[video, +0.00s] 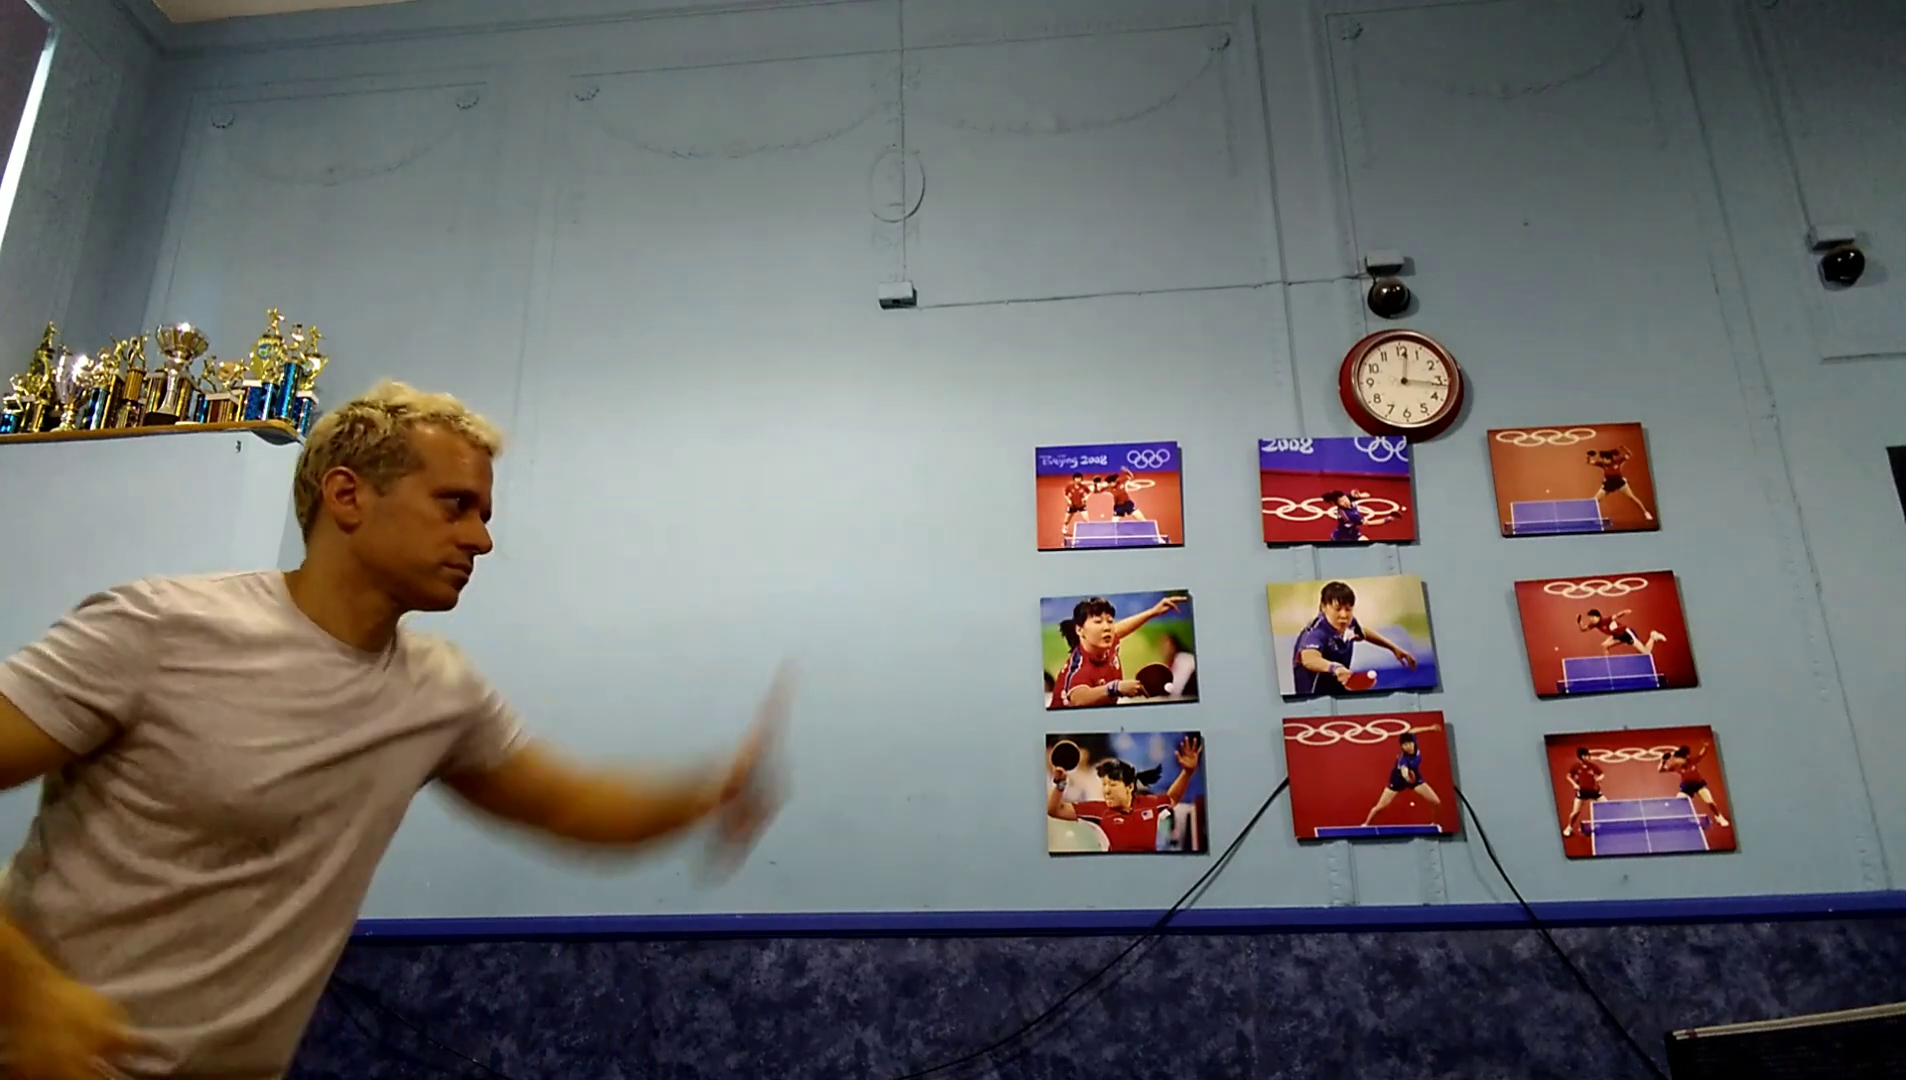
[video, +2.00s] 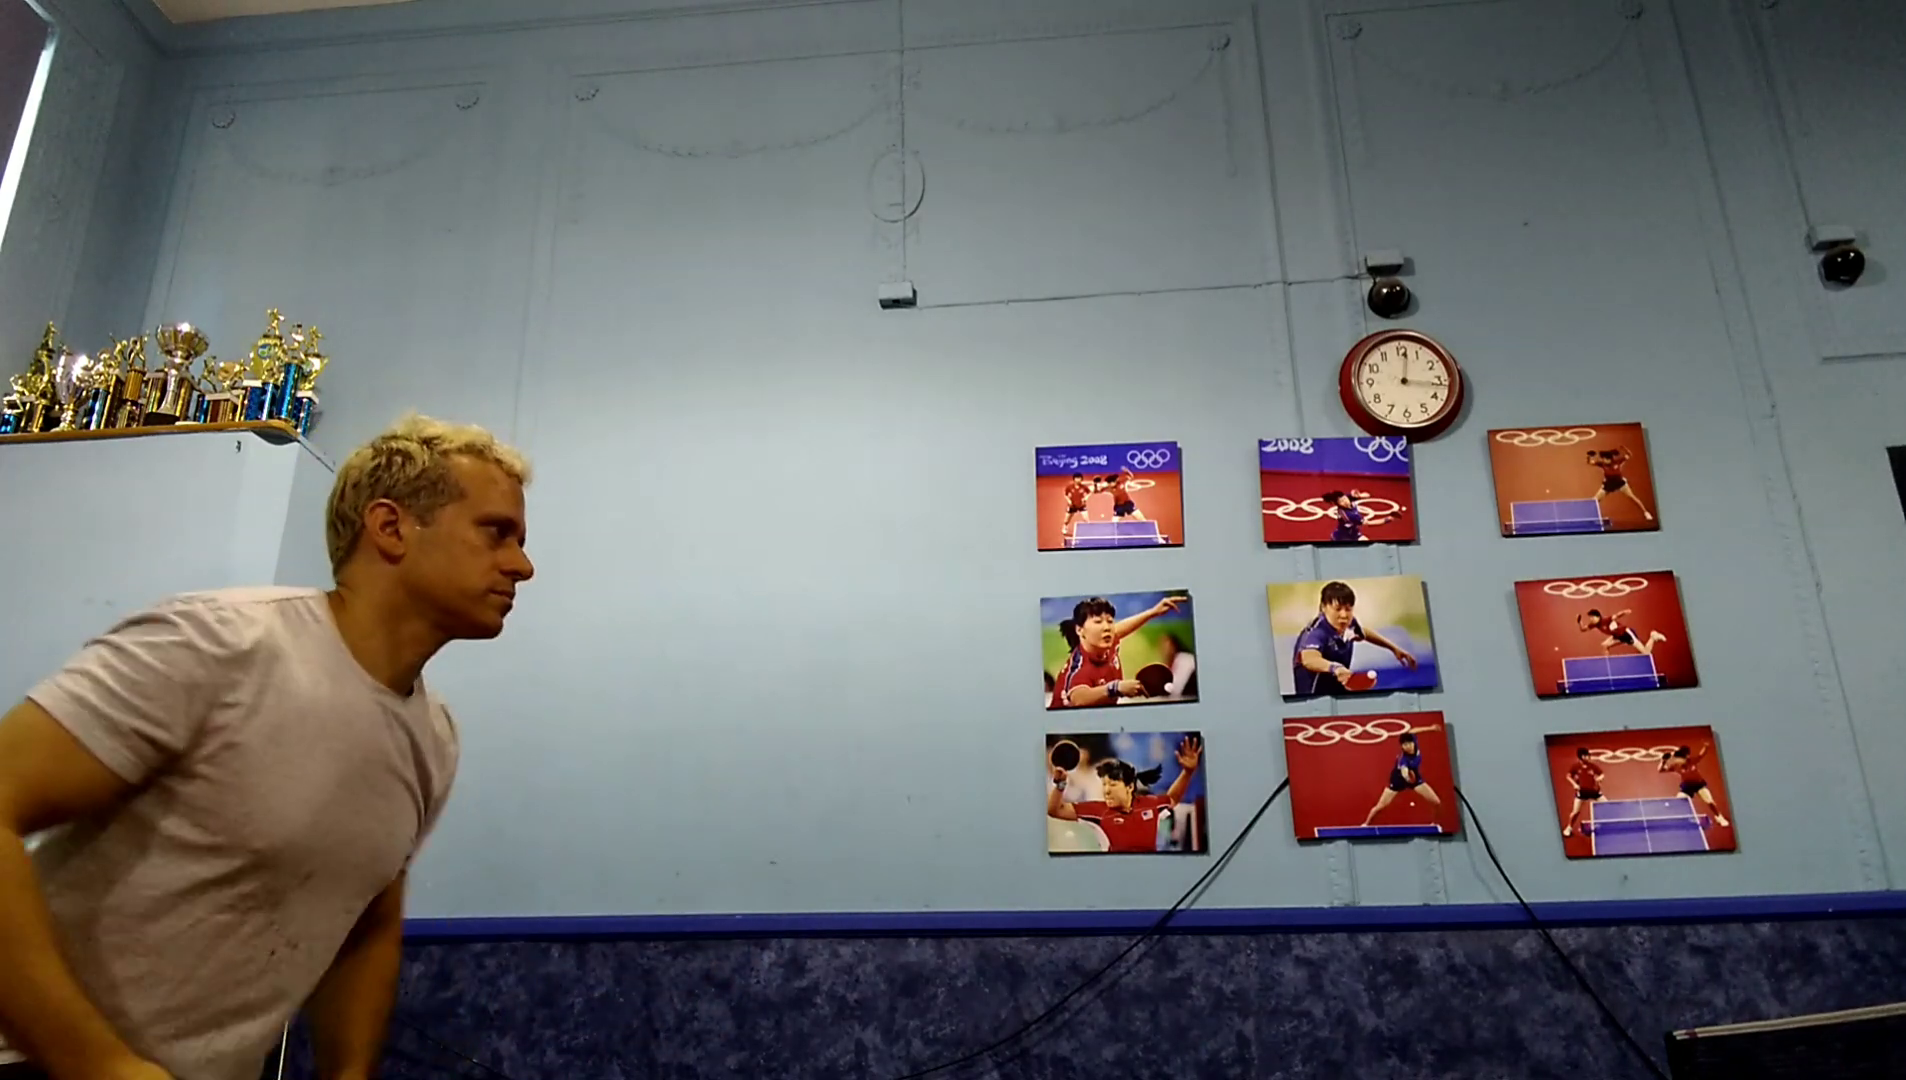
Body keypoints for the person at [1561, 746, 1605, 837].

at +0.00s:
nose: (1588, 758)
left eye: (1588, 755)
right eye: (1586, 756)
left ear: (1588, 756)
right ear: (1581, 757)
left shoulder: (1592, 766)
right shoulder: (1576, 766)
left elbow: (1602, 774)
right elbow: (1569, 776)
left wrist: (1598, 779)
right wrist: (1574, 784)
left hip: (1594, 791)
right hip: (1582, 791)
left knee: (1607, 806)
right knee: (1576, 812)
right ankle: (1569, 827)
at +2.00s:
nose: (1587, 758)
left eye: (1588, 755)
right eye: (1585, 756)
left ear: (1588, 756)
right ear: (1581, 757)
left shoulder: (1592, 766)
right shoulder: (1576, 767)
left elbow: (1602, 774)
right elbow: (1568, 776)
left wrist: (1598, 779)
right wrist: (1574, 784)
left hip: (1594, 791)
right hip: (1582, 791)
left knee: (1607, 806)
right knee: (1576, 812)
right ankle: (1569, 827)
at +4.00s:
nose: (1588, 758)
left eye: (1588, 755)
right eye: (1586, 756)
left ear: (1588, 756)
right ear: (1581, 757)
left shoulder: (1592, 766)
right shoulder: (1576, 767)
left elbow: (1602, 774)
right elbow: (1568, 776)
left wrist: (1598, 779)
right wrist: (1574, 784)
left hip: (1594, 791)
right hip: (1582, 791)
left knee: (1607, 806)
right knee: (1576, 812)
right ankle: (1569, 827)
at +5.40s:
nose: (1587, 758)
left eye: (1588, 755)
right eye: (1585, 756)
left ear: (1589, 756)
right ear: (1581, 757)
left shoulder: (1592, 766)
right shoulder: (1576, 766)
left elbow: (1602, 774)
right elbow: (1568, 776)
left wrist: (1598, 779)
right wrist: (1574, 785)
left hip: (1594, 791)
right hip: (1582, 791)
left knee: (1606, 806)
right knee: (1576, 811)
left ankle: (1606, 826)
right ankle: (1569, 827)